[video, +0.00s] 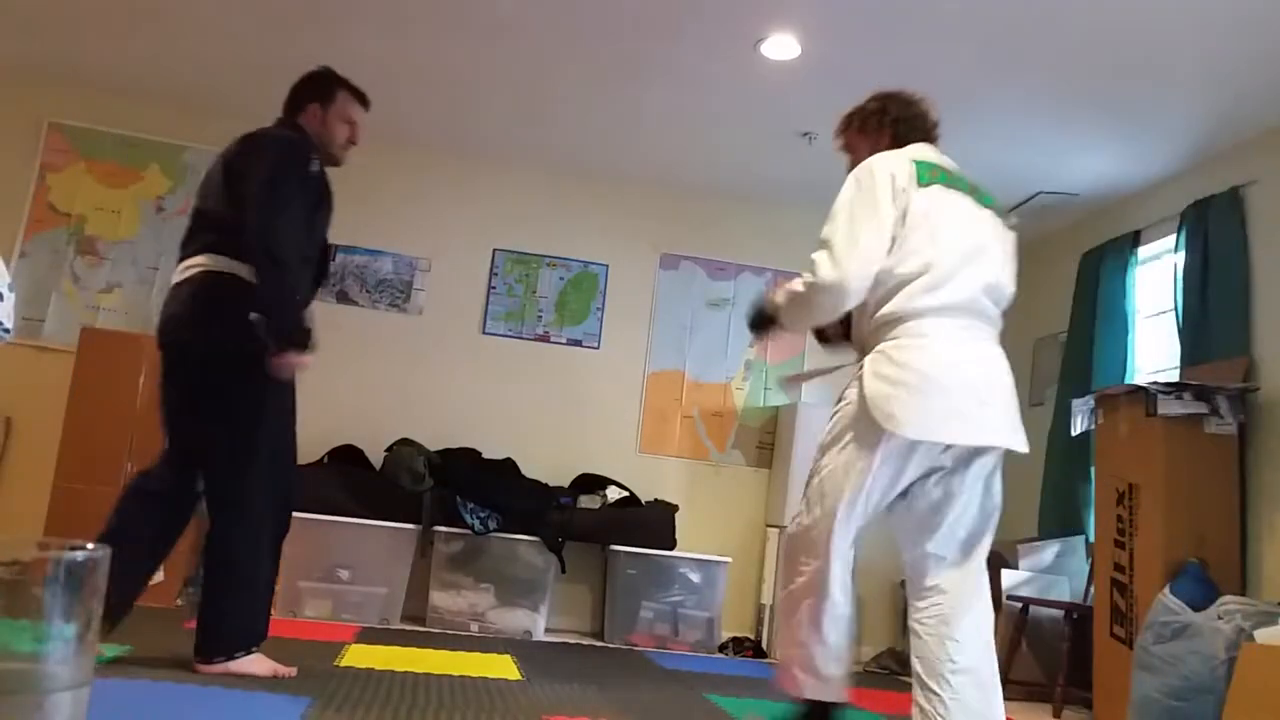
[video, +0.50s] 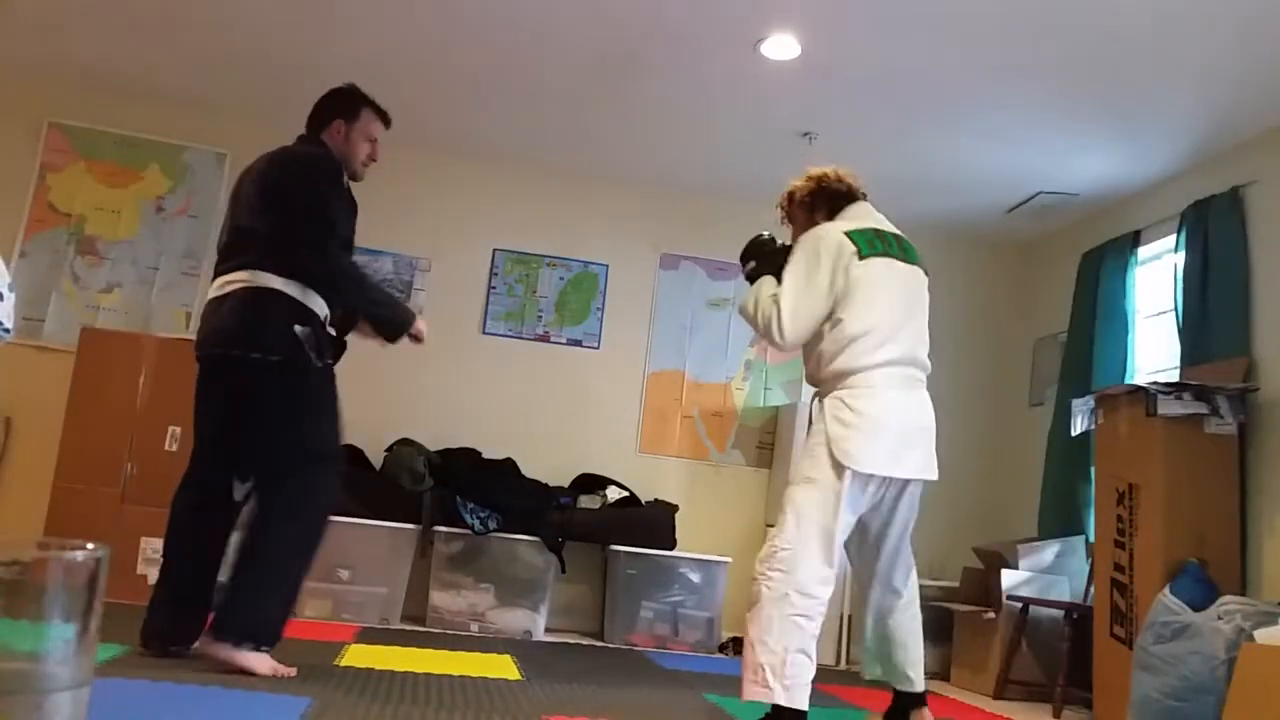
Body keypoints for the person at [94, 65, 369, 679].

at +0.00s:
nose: (356, 137)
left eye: (360, 127)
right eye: (349, 122)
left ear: (306, 118)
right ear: (314, 113)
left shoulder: (251, 150)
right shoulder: (290, 153)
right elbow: (277, 241)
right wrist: (288, 336)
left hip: (191, 314)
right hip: (239, 317)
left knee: (183, 469)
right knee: (256, 484)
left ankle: (83, 614)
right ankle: (227, 646)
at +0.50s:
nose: (377, 156)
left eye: (379, 144)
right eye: (372, 139)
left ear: (324, 131)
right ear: (336, 127)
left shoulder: (261, 169)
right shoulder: (321, 170)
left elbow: (283, 272)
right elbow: (326, 263)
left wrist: (354, 312)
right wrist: (400, 315)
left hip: (221, 330)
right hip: (277, 333)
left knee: (211, 478)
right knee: (306, 485)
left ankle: (170, 629)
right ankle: (240, 636)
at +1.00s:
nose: (432, 184)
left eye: (438, 173)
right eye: (431, 169)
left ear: (385, 155)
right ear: (401, 155)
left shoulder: (323, 188)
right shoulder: (388, 195)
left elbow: (361, 280)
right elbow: (404, 282)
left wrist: (430, 267)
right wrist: (475, 279)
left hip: (272, 344)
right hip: (337, 355)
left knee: (248, 487)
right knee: (377, 505)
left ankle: (170, 616)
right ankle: (368, 654)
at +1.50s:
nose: (443, 200)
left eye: (446, 190)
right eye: (441, 186)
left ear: (399, 171)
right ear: (412, 170)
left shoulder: (336, 201)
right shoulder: (397, 208)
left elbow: (374, 289)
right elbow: (414, 292)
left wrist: (440, 261)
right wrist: (478, 272)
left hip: (278, 352)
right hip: (344, 361)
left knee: (233, 488)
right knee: (396, 497)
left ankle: (147, 626)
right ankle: (390, 654)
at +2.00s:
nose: (402, 206)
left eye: (404, 195)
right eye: (399, 193)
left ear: (349, 187)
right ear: (371, 186)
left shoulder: (292, 218)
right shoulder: (379, 228)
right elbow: (437, 300)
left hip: (237, 367)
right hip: (312, 376)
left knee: (165, 484)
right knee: (373, 508)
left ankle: (80, 597)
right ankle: (386, 650)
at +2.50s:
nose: (331, 179)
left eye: (335, 169)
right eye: (327, 164)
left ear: (286, 154)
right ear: (291, 152)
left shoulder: (227, 190)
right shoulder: (270, 193)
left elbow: (268, 298)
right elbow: (273, 289)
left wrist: (326, 249)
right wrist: (341, 274)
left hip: (164, 339)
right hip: (221, 348)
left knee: (117, 481)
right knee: (276, 489)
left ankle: (20, 597)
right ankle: (238, 634)